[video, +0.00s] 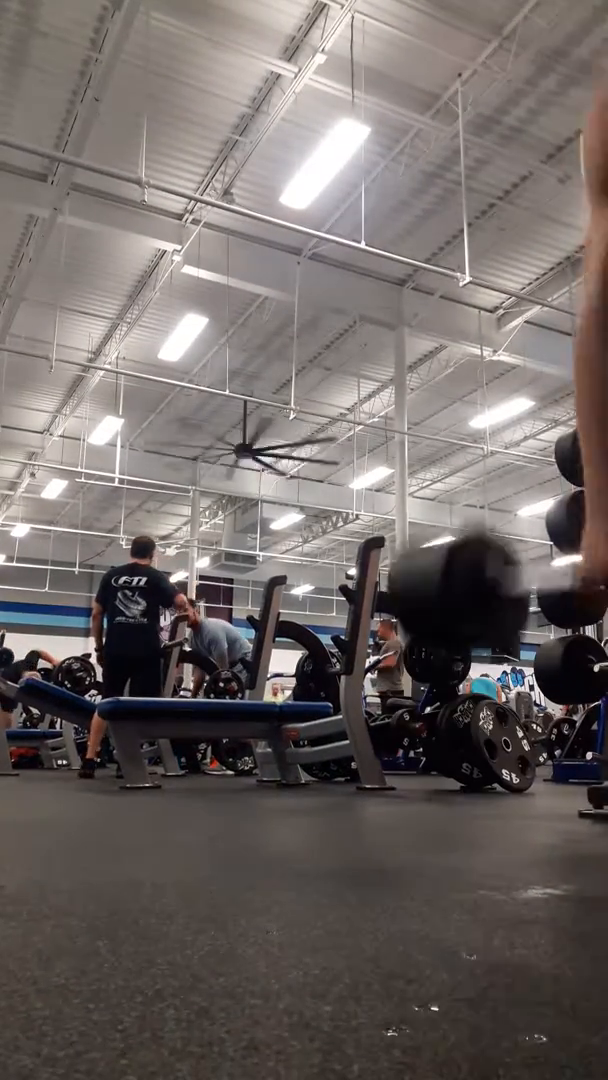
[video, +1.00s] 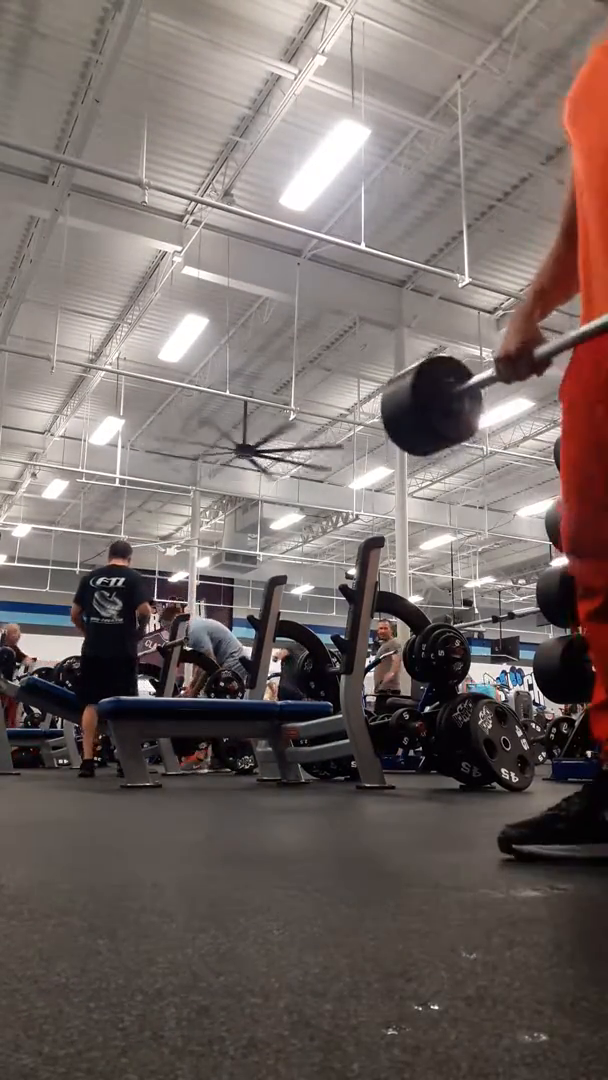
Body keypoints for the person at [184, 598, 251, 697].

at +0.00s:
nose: (182, 615)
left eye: (185, 610)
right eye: (179, 612)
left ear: (195, 611)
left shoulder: (214, 630)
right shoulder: (194, 637)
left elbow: (223, 669)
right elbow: (199, 669)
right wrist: (193, 697)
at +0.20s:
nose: (185, 610)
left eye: (188, 605)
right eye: (182, 607)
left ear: (198, 605)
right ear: (179, 610)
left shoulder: (215, 626)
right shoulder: (193, 633)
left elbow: (222, 664)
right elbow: (202, 662)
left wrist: (207, 690)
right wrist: (195, 688)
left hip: (245, 657)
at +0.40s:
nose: (183, 607)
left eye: (186, 602)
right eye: (181, 605)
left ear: (196, 602)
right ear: (179, 608)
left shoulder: (213, 622)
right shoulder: (194, 630)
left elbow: (221, 662)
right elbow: (202, 658)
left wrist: (203, 684)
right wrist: (195, 680)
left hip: (242, 657)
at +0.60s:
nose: (179, 610)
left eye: (181, 605)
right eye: (177, 607)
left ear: (193, 601)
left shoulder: (211, 619)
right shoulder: (195, 628)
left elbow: (222, 653)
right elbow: (203, 656)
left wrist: (202, 680)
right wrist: (195, 677)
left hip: (240, 656)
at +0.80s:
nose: (176, 618)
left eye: (176, 614)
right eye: (173, 615)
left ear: (185, 607)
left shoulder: (206, 621)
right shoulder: (195, 629)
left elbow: (218, 656)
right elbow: (203, 657)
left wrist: (200, 681)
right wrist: (193, 679)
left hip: (238, 658)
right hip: (225, 659)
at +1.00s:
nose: (168, 631)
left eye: (167, 627)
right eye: (165, 628)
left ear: (176, 622)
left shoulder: (196, 629)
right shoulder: (191, 629)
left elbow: (210, 664)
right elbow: (200, 662)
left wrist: (195, 691)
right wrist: (191, 686)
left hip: (234, 660)